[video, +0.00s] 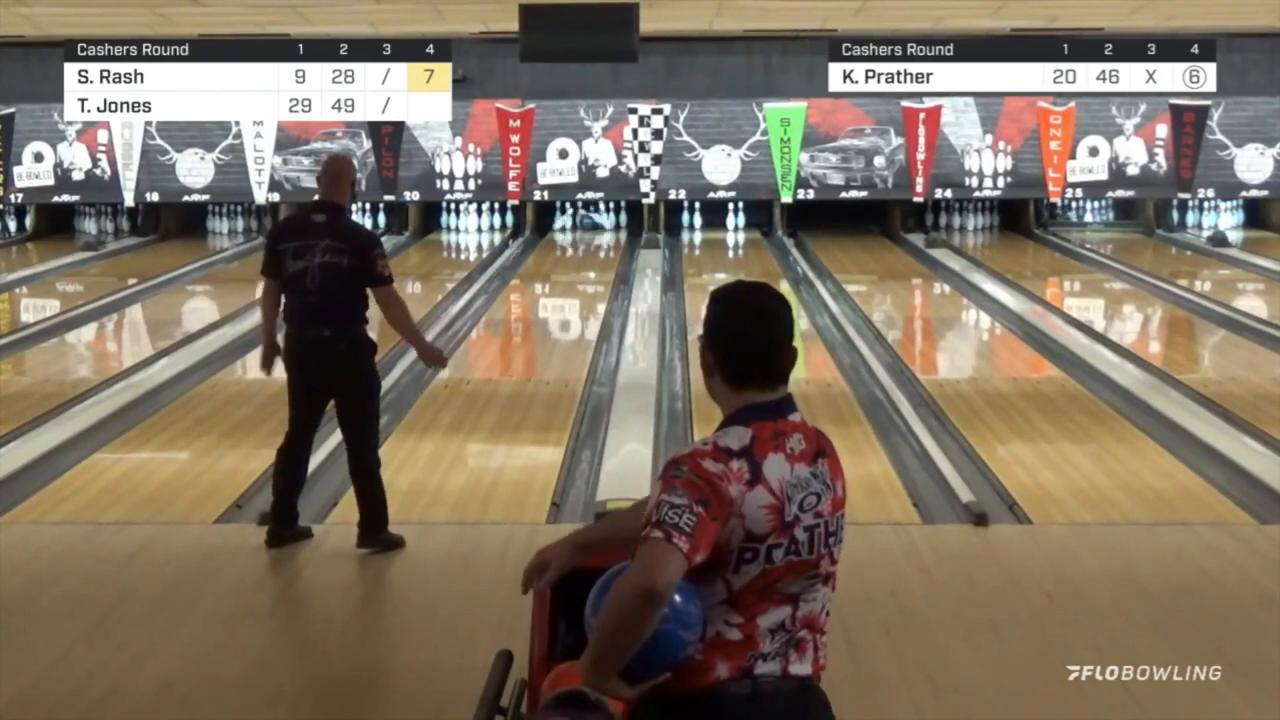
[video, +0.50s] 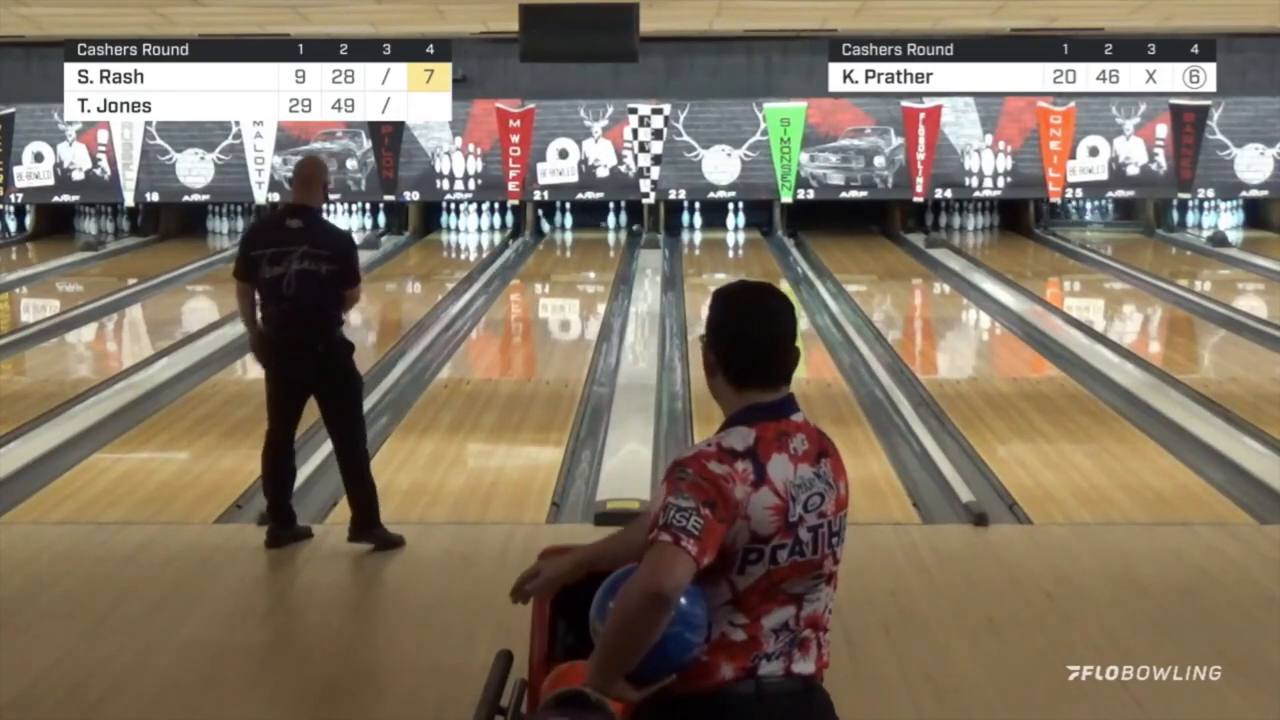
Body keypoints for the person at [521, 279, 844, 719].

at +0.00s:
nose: (700, 354)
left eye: (701, 345)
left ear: (705, 358)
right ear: (791, 359)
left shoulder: (704, 468)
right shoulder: (821, 451)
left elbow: (652, 582)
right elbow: (680, 509)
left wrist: (594, 673)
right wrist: (575, 542)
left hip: (702, 700)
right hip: (799, 694)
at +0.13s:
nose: (700, 353)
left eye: (701, 344)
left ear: (707, 358)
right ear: (792, 359)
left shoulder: (706, 468)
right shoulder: (818, 448)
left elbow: (653, 582)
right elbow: (681, 491)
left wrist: (596, 675)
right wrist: (572, 521)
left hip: (704, 699)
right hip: (800, 693)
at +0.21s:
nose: (699, 354)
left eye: (701, 344)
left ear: (707, 359)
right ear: (793, 359)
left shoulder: (707, 469)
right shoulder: (818, 447)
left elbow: (654, 583)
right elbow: (682, 488)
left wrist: (596, 677)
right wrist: (574, 515)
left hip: (706, 698)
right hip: (802, 693)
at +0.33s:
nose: (700, 354)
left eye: (702, 344)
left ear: (708, 359)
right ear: (793, 358)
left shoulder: (709, 469)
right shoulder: (820, 450)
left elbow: (658, 585)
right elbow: (676, 500)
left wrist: (600, 678)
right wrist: (572, 529)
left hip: (709, 699)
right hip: (803, 694)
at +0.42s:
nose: (701, 354)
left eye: (702, 344)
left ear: (709, 358)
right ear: (793, 358)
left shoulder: (709, 469)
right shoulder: (822, 452)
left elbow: (660, 587)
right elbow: (673, 519)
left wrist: (602, 679)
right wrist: (572, 551)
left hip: (708, 699)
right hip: (803, 694)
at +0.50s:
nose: (702, 354)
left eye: (703, 343)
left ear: (710, 359)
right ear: (794, 358)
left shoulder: (709, 469)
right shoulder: (823, 452)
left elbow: (661, 587)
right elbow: (675, 519)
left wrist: (601, 681)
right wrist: (579, 560)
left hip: (708, 698)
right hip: (803, 693)